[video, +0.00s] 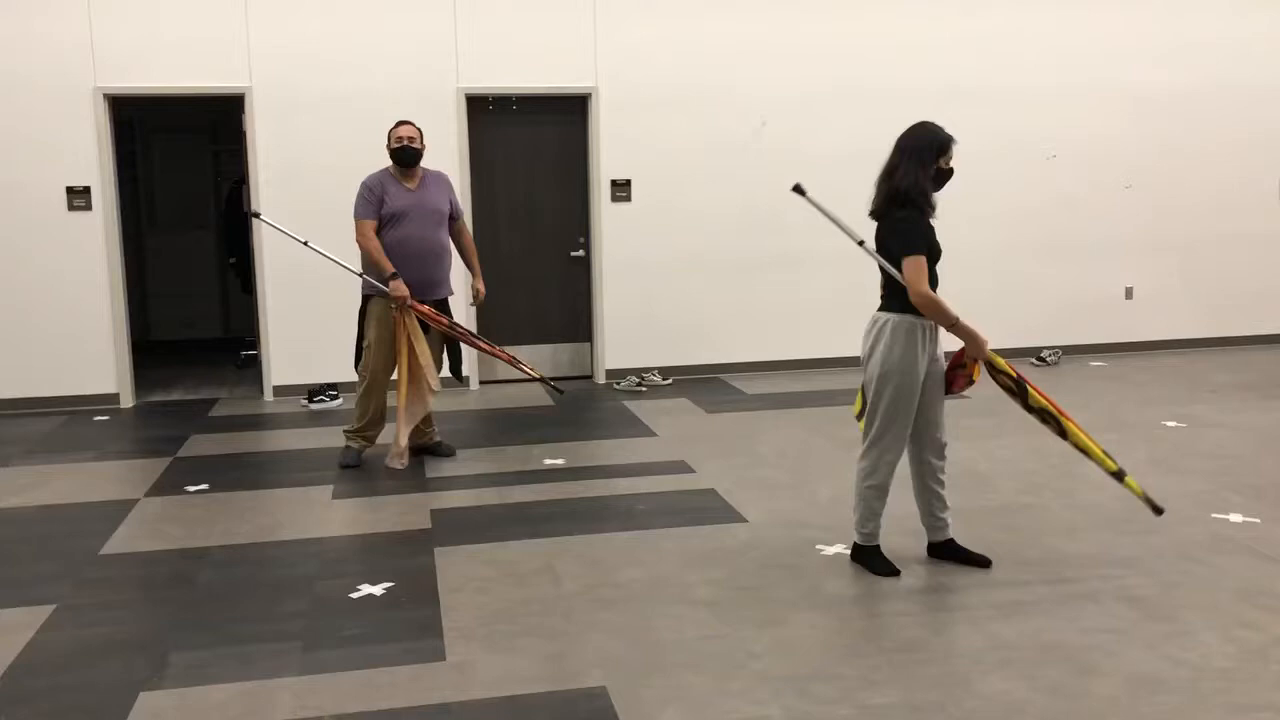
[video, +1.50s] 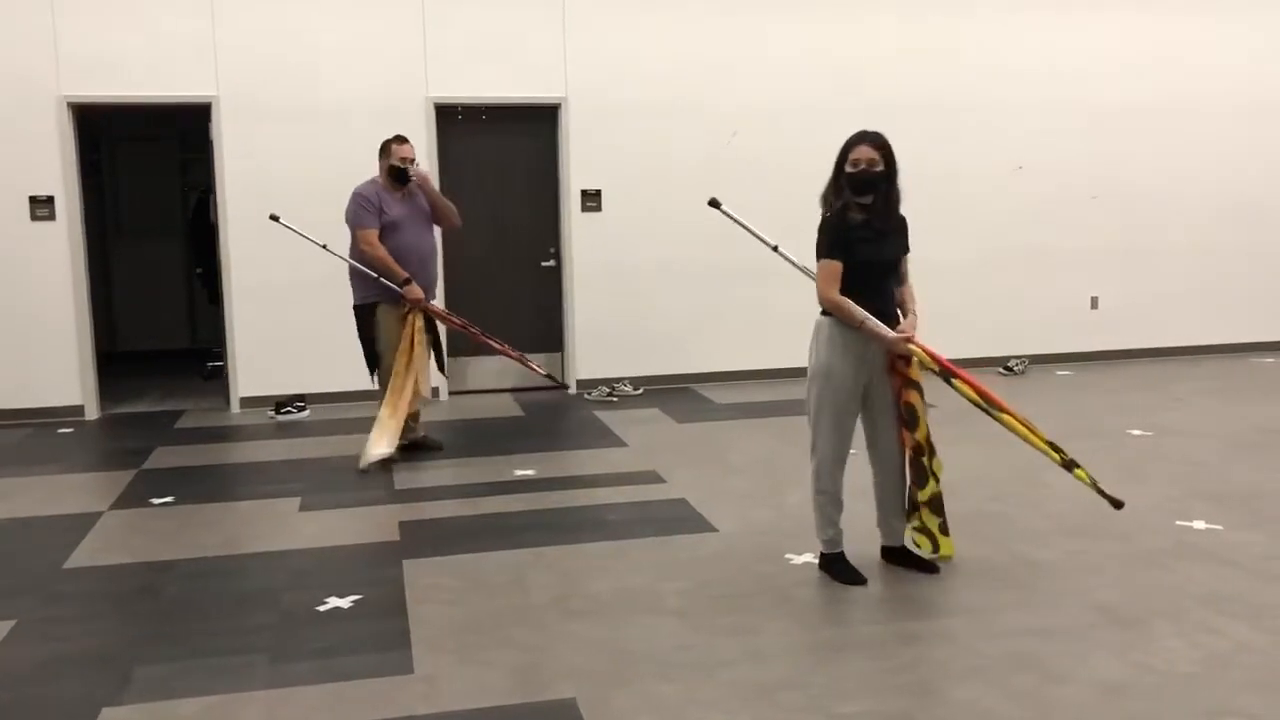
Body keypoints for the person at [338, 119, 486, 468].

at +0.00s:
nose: (405, 144)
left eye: (412, 139)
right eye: (398, 140)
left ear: (423, 147)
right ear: (388, 149)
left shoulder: (440, 183)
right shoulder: (374, 185)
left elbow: (459, 230)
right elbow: (365, 236)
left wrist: (477, 274)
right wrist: (392, 276)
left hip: (432, 297)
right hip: (385, 295)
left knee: (426, 371)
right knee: (376, 370)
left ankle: (423, 436)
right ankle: (358, 441)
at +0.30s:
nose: (388, 147)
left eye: (394, 143)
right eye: (381, 143)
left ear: (404, 150)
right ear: (370, 150)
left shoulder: (417, 185)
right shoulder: (356, 187)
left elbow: (431, 230)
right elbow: (352, 241)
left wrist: (441, 270)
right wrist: (384, 279)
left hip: (415, 296)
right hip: (367, 298)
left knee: (420, 371)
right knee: (360, 374)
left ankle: (422, 437)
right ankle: (346, 442)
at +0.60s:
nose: (362, 151)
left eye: (367, 146)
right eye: (354, 147)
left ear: (376, 153)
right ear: (341, 154)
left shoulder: (382, 185)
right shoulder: (329, 191)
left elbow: (385, 239)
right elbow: (328, 247)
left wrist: (393, 289)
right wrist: (367, 287)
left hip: (390, 296)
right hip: (346, 300)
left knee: (403, 371)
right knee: (347, 379)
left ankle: (418, 435)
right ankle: (337, 446)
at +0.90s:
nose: (364, 156)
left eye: (369, 152)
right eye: (356, 152)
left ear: (377, 158)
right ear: (343, 161)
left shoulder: (385, 192)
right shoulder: (333, 195)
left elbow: (389, 244)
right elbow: (334, 249)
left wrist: (397, 294)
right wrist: (374, 288)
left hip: (391, 298)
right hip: (351, 302)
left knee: (406, 367)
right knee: (347, 381)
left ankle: (418, 430)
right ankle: (333, 448)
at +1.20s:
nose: (398, 165)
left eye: (402, 160)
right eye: (390, 160)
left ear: (407, 163)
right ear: (374, 164)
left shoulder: (410, 196)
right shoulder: (360, 199)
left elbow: (432, 231)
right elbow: (361, 250)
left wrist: (446, 227)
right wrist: (397, 288)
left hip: (417, 302)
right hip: (375, 304)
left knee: (418, 371)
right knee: (363, 377)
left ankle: (411, 434)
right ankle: (333, 448)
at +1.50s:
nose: (408, 168)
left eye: (411, 162)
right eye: (401, 162)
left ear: (415, 164)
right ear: (383, 162)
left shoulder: (420, 193)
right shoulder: (366, 195)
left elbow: (452, 222)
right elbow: (367, 247)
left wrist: (430, 190)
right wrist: (406, 281)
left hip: (416, 295)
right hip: (379, 298)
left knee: (415, 365)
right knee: (391, 367)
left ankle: (410, 431)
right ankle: (391, 437)